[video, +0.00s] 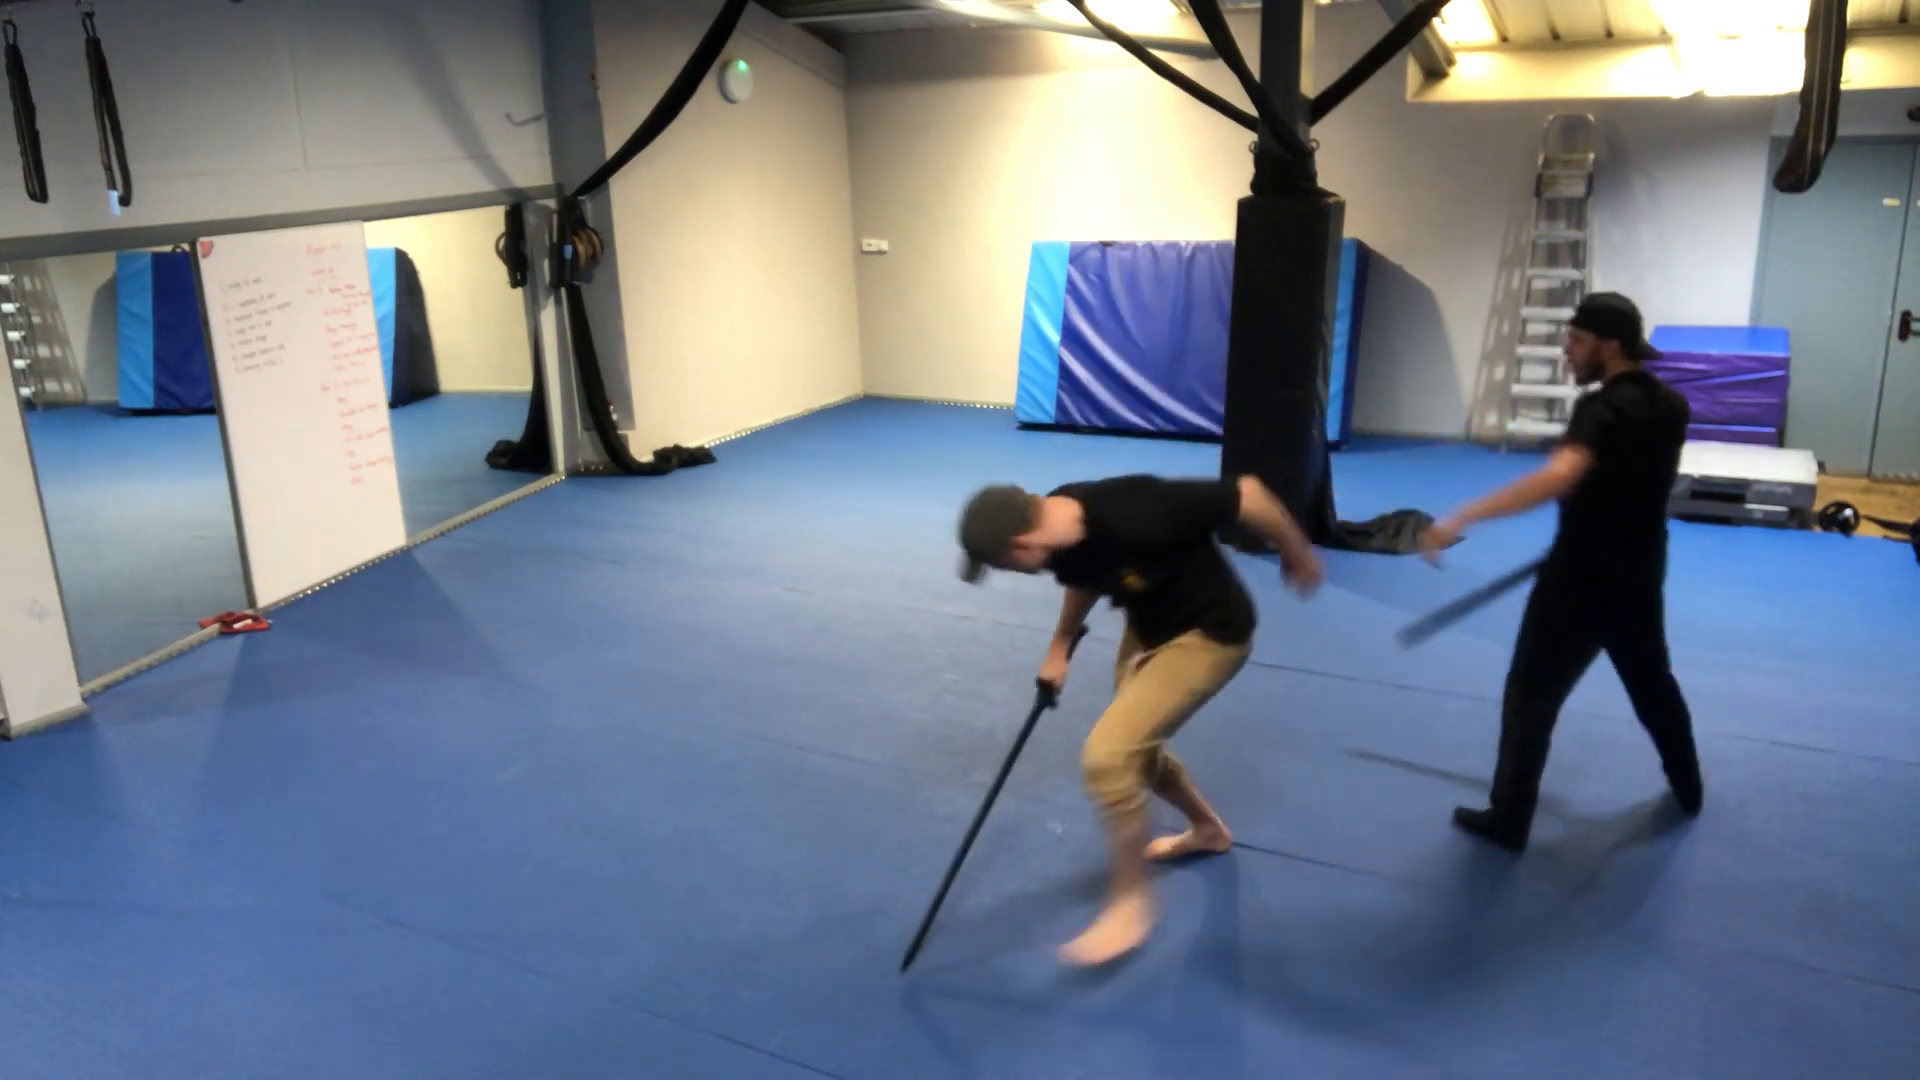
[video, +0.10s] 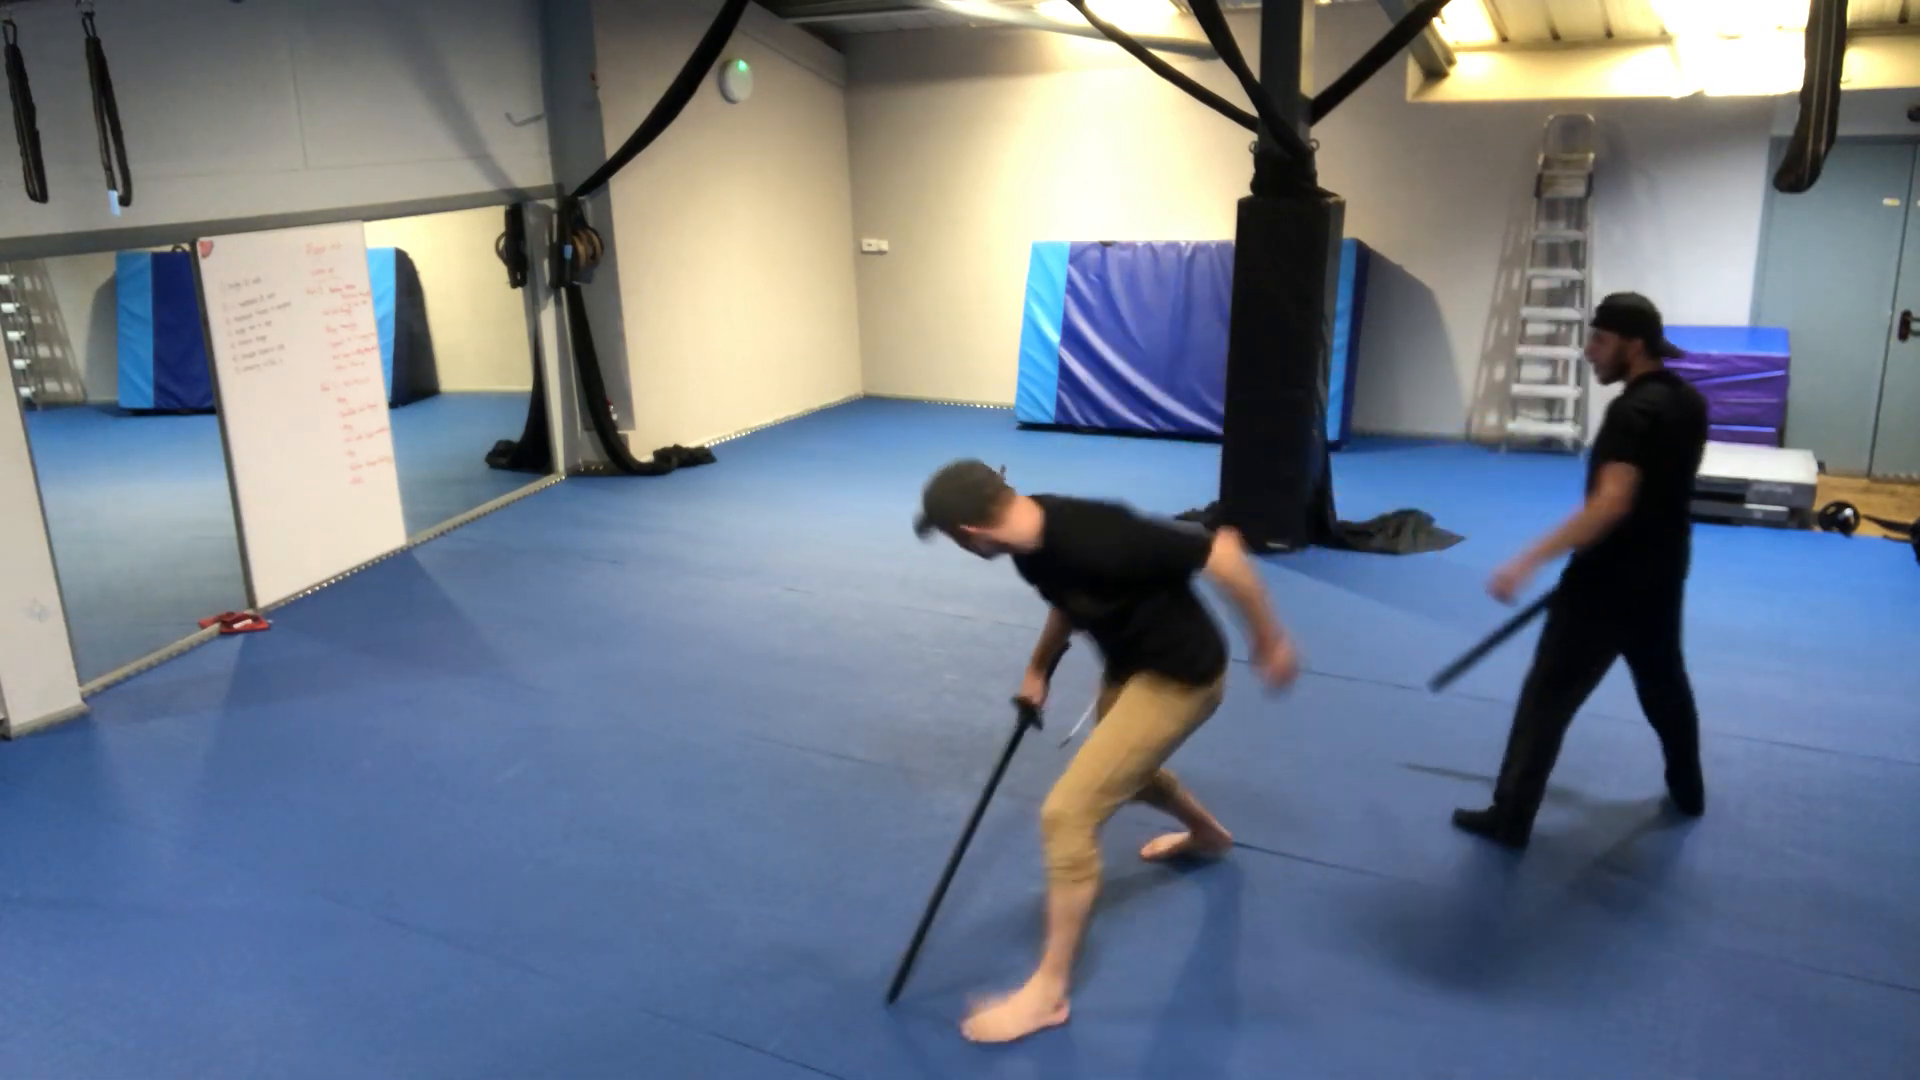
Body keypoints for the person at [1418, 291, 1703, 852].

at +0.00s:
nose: (1567, 349)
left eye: (1575, 339)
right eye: (1569, 338)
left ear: (1607, 345)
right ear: (1625, 346)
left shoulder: (1600, 407)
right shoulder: (1669, 405)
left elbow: (1562, 476)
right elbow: (1640, 490)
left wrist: (1464, 516)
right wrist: (1577, 534)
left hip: (1580, 576)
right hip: (1636, 577)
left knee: (1530, 694)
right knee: (1653, 684)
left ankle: (1508, 818)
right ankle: (1688, 788)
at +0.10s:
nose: (1590, 349)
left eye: (1598, 338)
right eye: (1592, 337)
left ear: (1631, 344)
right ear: (1643, 345)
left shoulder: (1631, 410)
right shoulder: (1686, 401)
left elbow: (1612, 502)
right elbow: (1667, 496)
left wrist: (1526, 561)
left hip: (1608, 573)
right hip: (1658, 574)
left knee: (1549, 693)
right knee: (1664, 685)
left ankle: (1510, 816)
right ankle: (1688, 792)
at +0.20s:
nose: (1608, 344)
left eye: (1617, 333)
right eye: (1610, 333)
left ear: (1650, 338)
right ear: (1659, 339)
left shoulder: (1657, 401)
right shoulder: (1701, 393)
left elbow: (1654, 505)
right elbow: (1683, 494)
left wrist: (1602, 581)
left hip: (1637, 567)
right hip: (1678, 568)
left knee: (1565, 686)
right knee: (1678, 685)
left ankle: (1522, 807)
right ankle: (1690, 790)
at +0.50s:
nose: (1632, 329)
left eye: (1641, 319)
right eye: (1633, 318)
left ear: (1679, 320)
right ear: (1681, 322)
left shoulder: (1681, 385)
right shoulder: (1720, 372)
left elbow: (1684, 483)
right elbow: (1682, 461)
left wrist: (1652, 556)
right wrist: (1636, 499)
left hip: (1655, 540)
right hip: (1703, 542)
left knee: (1600, 643)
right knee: (1692, 665)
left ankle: (1592, 757)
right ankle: (1694, 781)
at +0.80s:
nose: (1611, 334)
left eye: (1618, 324)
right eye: (1611, 324)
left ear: (1654, 323)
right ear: (1661, 324)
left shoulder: (1647, 386)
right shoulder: (1706, 370)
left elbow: (1618, 481)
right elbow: (1668, 442)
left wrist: (1579, 521)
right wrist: (1603, 467)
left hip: (1636, 539)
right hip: (1693, 541)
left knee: (1598, 630)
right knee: (1690, 663)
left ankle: (1562, 712)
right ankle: (1688, 782)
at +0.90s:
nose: (1596, 335)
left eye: (1602, 325)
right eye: (1595, 325)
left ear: (1636, 323)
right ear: (1644, 323)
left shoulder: (1627, 389)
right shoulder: (1692, 367)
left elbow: (1587, 471)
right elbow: (1653, 436)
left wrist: (1562, 497)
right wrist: (1587, 444)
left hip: (1618, 536)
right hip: (1675, 536)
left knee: (1588, 628)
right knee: (1682, 655)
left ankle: (1558, 711)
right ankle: (1688, 779)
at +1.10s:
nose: (1563, 329)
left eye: (1568, 319)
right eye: (1562, 319)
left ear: (1599, 317)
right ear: (1613, 316)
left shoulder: (1587, 378)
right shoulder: (1656, 353)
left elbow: (1535, 454)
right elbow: (1609, 389)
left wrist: (1535, 415)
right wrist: (1553, 384)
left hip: (1578, 513)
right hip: (1633, 511)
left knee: (1558, 613)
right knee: (1638, 613)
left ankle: (1555, 710)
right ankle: (1672, 730)